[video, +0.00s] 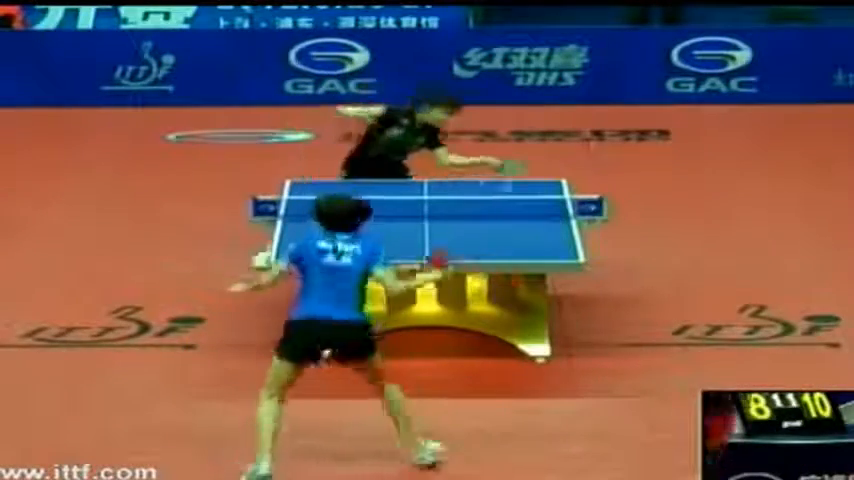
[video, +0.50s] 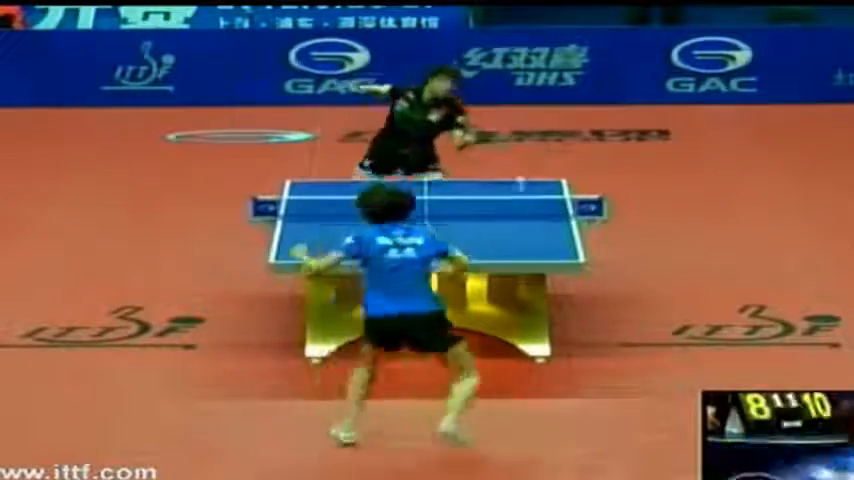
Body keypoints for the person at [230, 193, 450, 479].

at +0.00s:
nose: (361, 222)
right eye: (358, 218)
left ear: (322, 220)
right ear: (355, 221)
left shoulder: (307, 244)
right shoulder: (368, 248)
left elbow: (270, 278)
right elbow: (394, 287)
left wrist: (249, 285)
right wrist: (421, 279)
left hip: (304, 326)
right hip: (349, 326)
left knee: (272, 394)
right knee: (384, 384)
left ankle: (263, 463)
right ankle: (415, 448)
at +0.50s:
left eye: (367, 209)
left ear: (370, 212)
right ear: (405, 210)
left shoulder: (365, 238)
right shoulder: (422, 236)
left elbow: (326, 263)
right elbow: (460, 262)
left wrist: (309, 264)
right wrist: (446, 272)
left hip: (380, 319)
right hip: (423, 317)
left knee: (365, 367)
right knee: (467, 373)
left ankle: (348, 427)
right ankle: (450, 423)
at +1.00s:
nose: (520, 237)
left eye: (521, 232)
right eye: (522, 233)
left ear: (529, 230)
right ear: (555, 226)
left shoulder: (529, 247)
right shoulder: (583, 248)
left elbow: (487, 255)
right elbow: (616, 266)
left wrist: (448, 255)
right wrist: (599, 261)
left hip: (535, 315)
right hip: (578, 317)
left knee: (474, 368)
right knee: (593, 352)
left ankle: (419, 419)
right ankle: (609, 403)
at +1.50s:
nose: (524, 200)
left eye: (526, 196)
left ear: (534, 197)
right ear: (564, 194)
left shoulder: (530, 216)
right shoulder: (583, 218)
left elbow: (506, 247)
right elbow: (615, 247)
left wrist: (474, 248)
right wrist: (598, 232)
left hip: (543, 294)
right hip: (584, 293)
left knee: (507, 355)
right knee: (604, 353)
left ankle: (478, 425)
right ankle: (631, 414)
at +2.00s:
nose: (487, 203)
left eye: (489, 199)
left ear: (494, 201)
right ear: (528, 201)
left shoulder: (484, 223)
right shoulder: (544, 226)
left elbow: (450, 251)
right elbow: (554, 262)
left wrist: (442, 244)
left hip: (489, 300)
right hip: (532, 300)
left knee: (453, 360)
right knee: (560, 355)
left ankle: (439, 429)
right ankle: (579, 417)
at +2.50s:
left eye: (548, 213)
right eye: (567, 236)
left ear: (543, 218)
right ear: (564, 237)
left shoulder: (511, 224)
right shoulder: (551, 261)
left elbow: (473, 207)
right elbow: (533, 295)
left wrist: (444, 177)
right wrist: (572, 281)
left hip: (467, 291)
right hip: (505, 302)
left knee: (432, 361)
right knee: (515, 345)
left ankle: (437, 422)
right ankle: (522, 403)